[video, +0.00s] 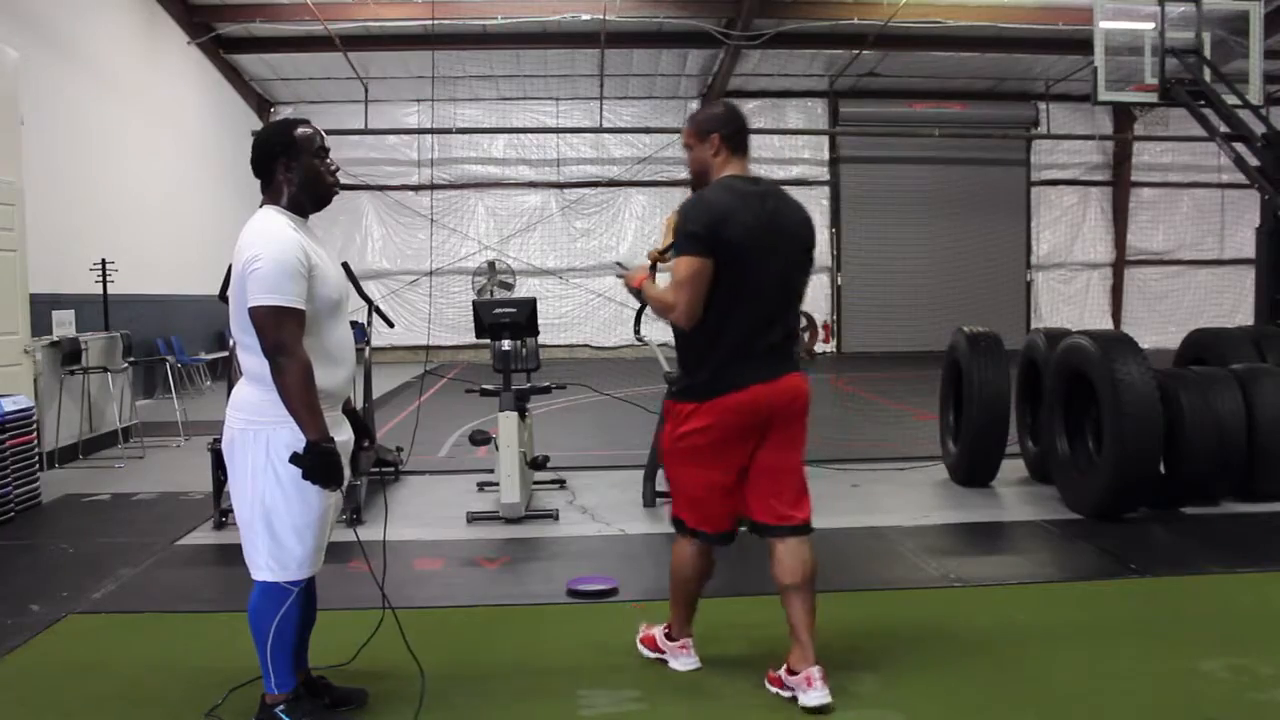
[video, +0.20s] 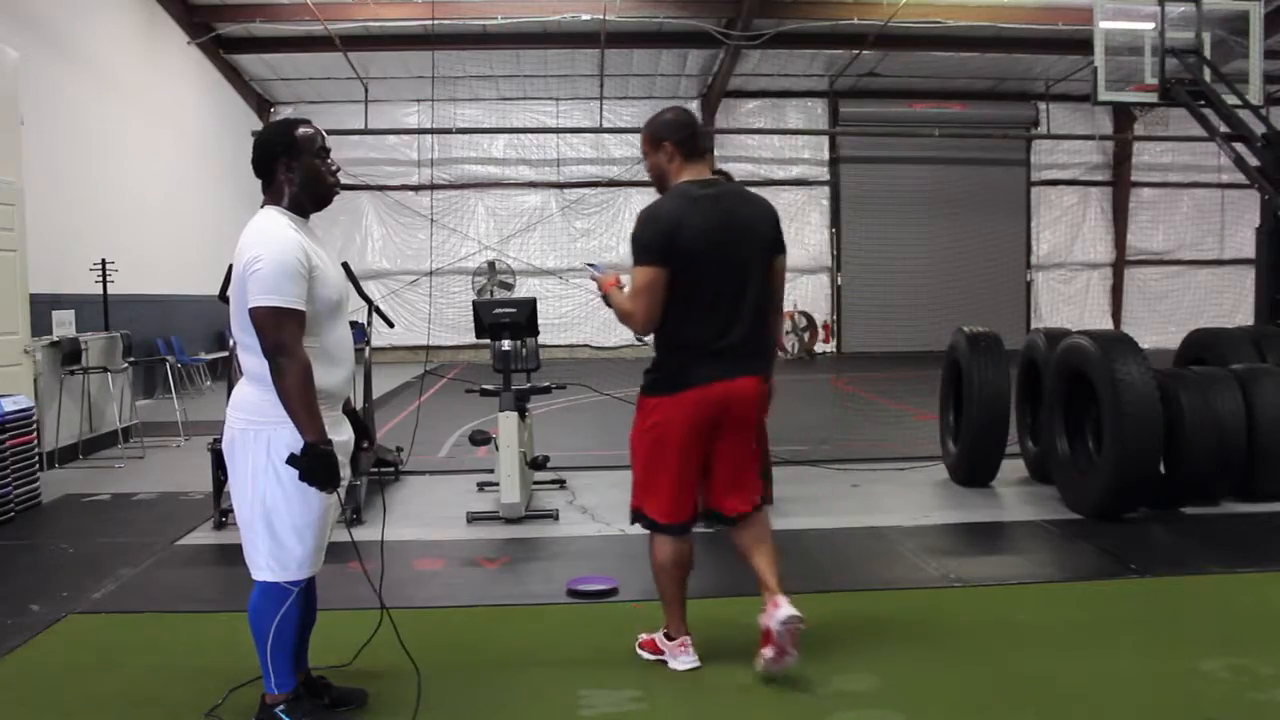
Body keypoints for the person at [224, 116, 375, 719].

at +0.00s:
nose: (334, 165)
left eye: (330, 154)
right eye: (321, 155)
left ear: (292, 171)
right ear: (286, 169)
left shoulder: (295, 238)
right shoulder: (272, 241)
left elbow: (311, 344)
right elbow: (282, 351)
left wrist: (349, 410)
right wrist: (317, 440)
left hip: (299, 427)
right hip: (275, 431)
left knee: (298, 566)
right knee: (282, 571)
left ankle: (296, 680)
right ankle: (280, 698)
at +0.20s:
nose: (335, 165)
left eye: (331, 154)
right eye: (322, 155)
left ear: (292, 171)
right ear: (287, 169)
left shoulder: (295, 238)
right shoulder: (273, 242)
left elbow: (309, 344)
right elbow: (282, 352)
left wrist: (349, 408)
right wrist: (315, 441)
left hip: (298, 426)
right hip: (275, 430)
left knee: (299, 566)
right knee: (282, 571)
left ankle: (296, 681)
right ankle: (281, 698)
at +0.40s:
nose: (336, 166)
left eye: (332, 155)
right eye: (323, 156)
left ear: (294, 171)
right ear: (288, 169)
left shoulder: (297, 238)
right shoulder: (274, 242)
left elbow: (311, 346)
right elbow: (283, 355)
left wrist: (350, 410)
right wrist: (317, 443)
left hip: (300, 427)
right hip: (276, 431)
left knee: (300, 566)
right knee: (283, 571)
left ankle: (297, 680)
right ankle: (281, 697)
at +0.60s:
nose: (337, 167)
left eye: (334, 156)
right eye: (324, 157)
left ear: (295, 171)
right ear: (289, 169)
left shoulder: (298, 238)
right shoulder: (275, 241)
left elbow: (312, 346)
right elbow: (284, 353)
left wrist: (350, 410)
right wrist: (318, 441)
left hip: (300, 428)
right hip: (277, 432)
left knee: (300, 566)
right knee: (283, 571)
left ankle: (297, 680)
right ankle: (281, 698)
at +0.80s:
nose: (338, 167)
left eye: (334, 156)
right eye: (325, 157)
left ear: (295, 171)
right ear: (291, 170)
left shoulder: (297, 237)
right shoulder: (276, 240)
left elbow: (310, 343)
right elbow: (284, 348)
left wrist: (349, 408)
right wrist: (320, 438)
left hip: (298, 427)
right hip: (275, 431)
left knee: (299, 566)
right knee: (283, 571)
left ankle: (296, 681)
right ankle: (281, 697)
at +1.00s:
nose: (338, 168)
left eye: (335, 156)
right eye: (326, 158)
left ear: (295, 171)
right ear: (291, 170)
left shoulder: (298, 237)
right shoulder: (276, 239)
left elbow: (316, 343)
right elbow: (286, 349)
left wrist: (353, 410)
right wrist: (323, 437)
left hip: (299, 429)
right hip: (275, 432)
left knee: (299, 566)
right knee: (282, 571)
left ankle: (296, 680)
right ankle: (280, 697)